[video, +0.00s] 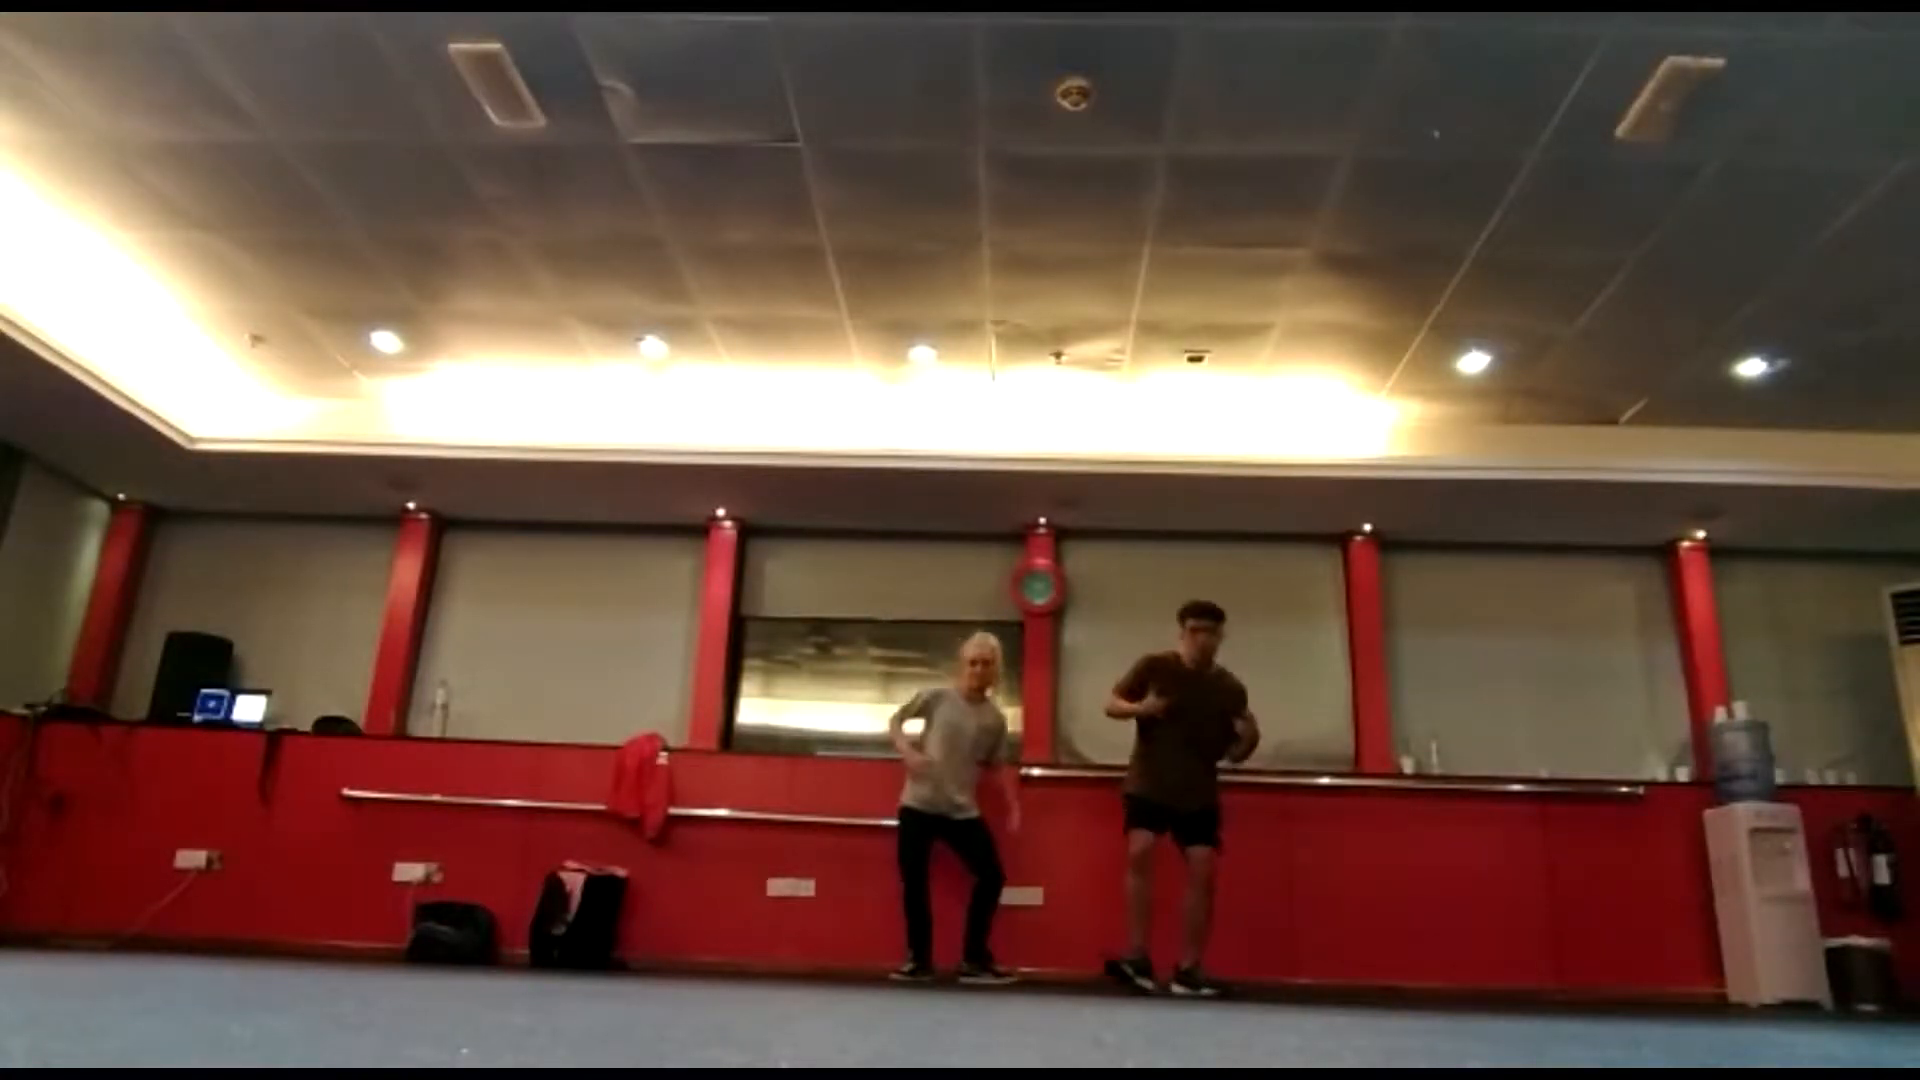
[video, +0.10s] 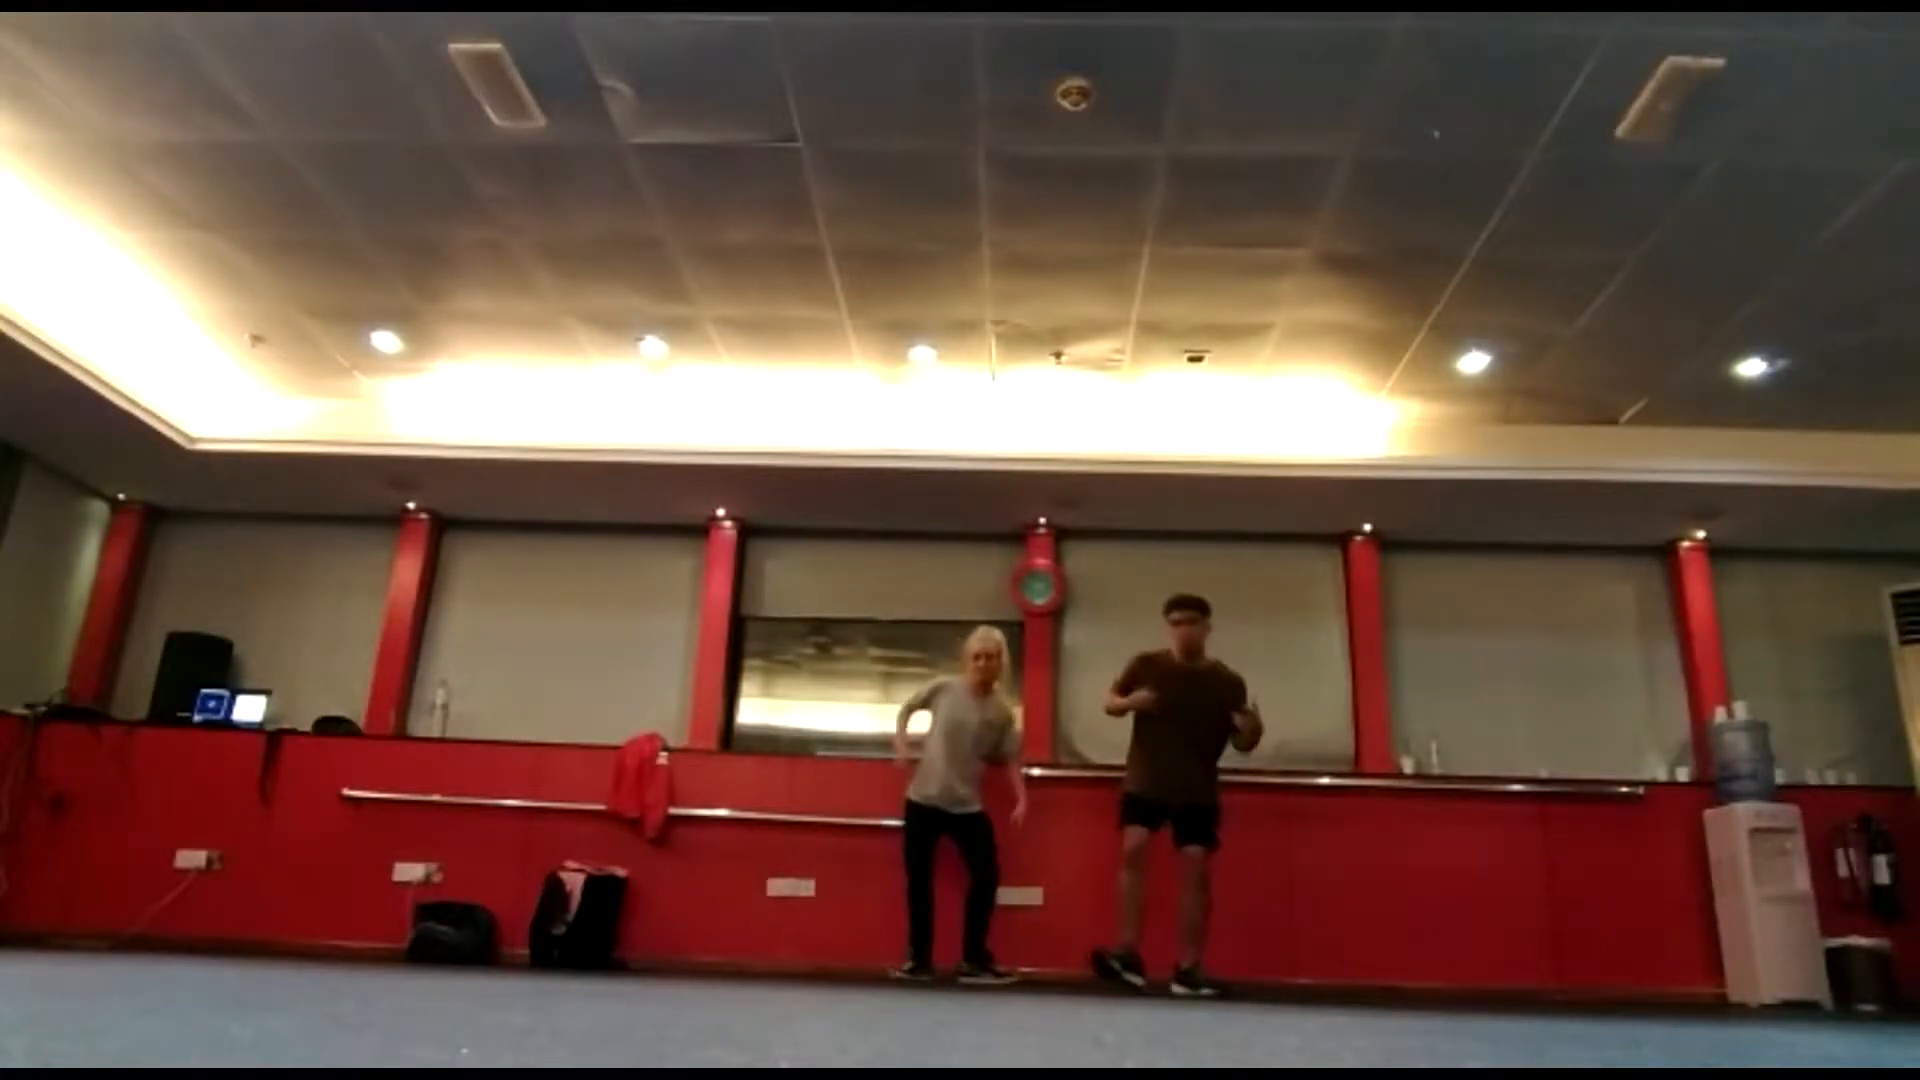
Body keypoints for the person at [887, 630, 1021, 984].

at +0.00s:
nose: (977, 670)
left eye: (985, 664)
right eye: (972, 662)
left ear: (995, 671)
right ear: (960, 665)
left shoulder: (995, 720)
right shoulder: (935, 700)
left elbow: (1001, 767)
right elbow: (896, 723)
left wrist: (1013, 807)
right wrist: (909, 754)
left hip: (962, 811)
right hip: (919, 806)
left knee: (990, 876)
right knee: (914, 886)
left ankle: (975, 959)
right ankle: (919, 959)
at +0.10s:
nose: (983, 663)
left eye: (991, 657)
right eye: (977, 656)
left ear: (1001, 663)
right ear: (966, 659)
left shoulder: (1002, 712)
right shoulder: (944, 689)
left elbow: (1010, 759)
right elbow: (907, 709)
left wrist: (1021, 799)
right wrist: (900, 746)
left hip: (966, 806)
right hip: (924, 800)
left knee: (985, 878)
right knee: (918, 883)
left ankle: (974, 958)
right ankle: (919, 959)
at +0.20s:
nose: (984, 662)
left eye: (992, 655)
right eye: (978, 655)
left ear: (1003, 661)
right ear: (967, 659)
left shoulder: (1008, 711)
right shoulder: (948, 688)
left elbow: (1018, 758)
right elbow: (922, 713)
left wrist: (1022, 800)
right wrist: (904, 747)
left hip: (975, 806)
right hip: (932, 799)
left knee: (987, 878)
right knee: (921, 881)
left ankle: (975, 957)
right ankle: (919, 956)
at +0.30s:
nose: (981, 669)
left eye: (988, 662)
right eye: (975, 662)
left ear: (1001, 666)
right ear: (966, 665)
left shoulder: (1009, 712)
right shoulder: (951, 698)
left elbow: (1016, 764)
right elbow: (929, 732)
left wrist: (1014, 808)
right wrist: (909, 760)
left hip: (977, 810)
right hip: (934, 803)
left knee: (991, 879)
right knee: (914, 874)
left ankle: (976, 958)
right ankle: (917, 957)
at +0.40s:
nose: (981, 679)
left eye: (988, 672)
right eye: (974, 673)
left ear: (1000, 675)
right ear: (966, 677)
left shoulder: (1008, 719)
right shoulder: (959, 709)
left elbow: (998, 775)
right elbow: (948, 756)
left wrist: (983, 821)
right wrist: (933, 797)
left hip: (976, 817)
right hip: (938, 810)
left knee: (992, 884)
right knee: (911, 873)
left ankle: (977, 960)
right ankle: (916, 958)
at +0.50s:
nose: (977, 679)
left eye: (984, 672)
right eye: (970, 673)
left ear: (997, 675)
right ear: (963, 678)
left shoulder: (1006, 720)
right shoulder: (961, 713)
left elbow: (985, 773)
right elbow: (953, 763)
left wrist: (957, 817)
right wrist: (935, 806)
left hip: (980, 816)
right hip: (941, 809)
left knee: (992, 884)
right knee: (912, 872)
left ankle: (977, 961)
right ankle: (916, 958)